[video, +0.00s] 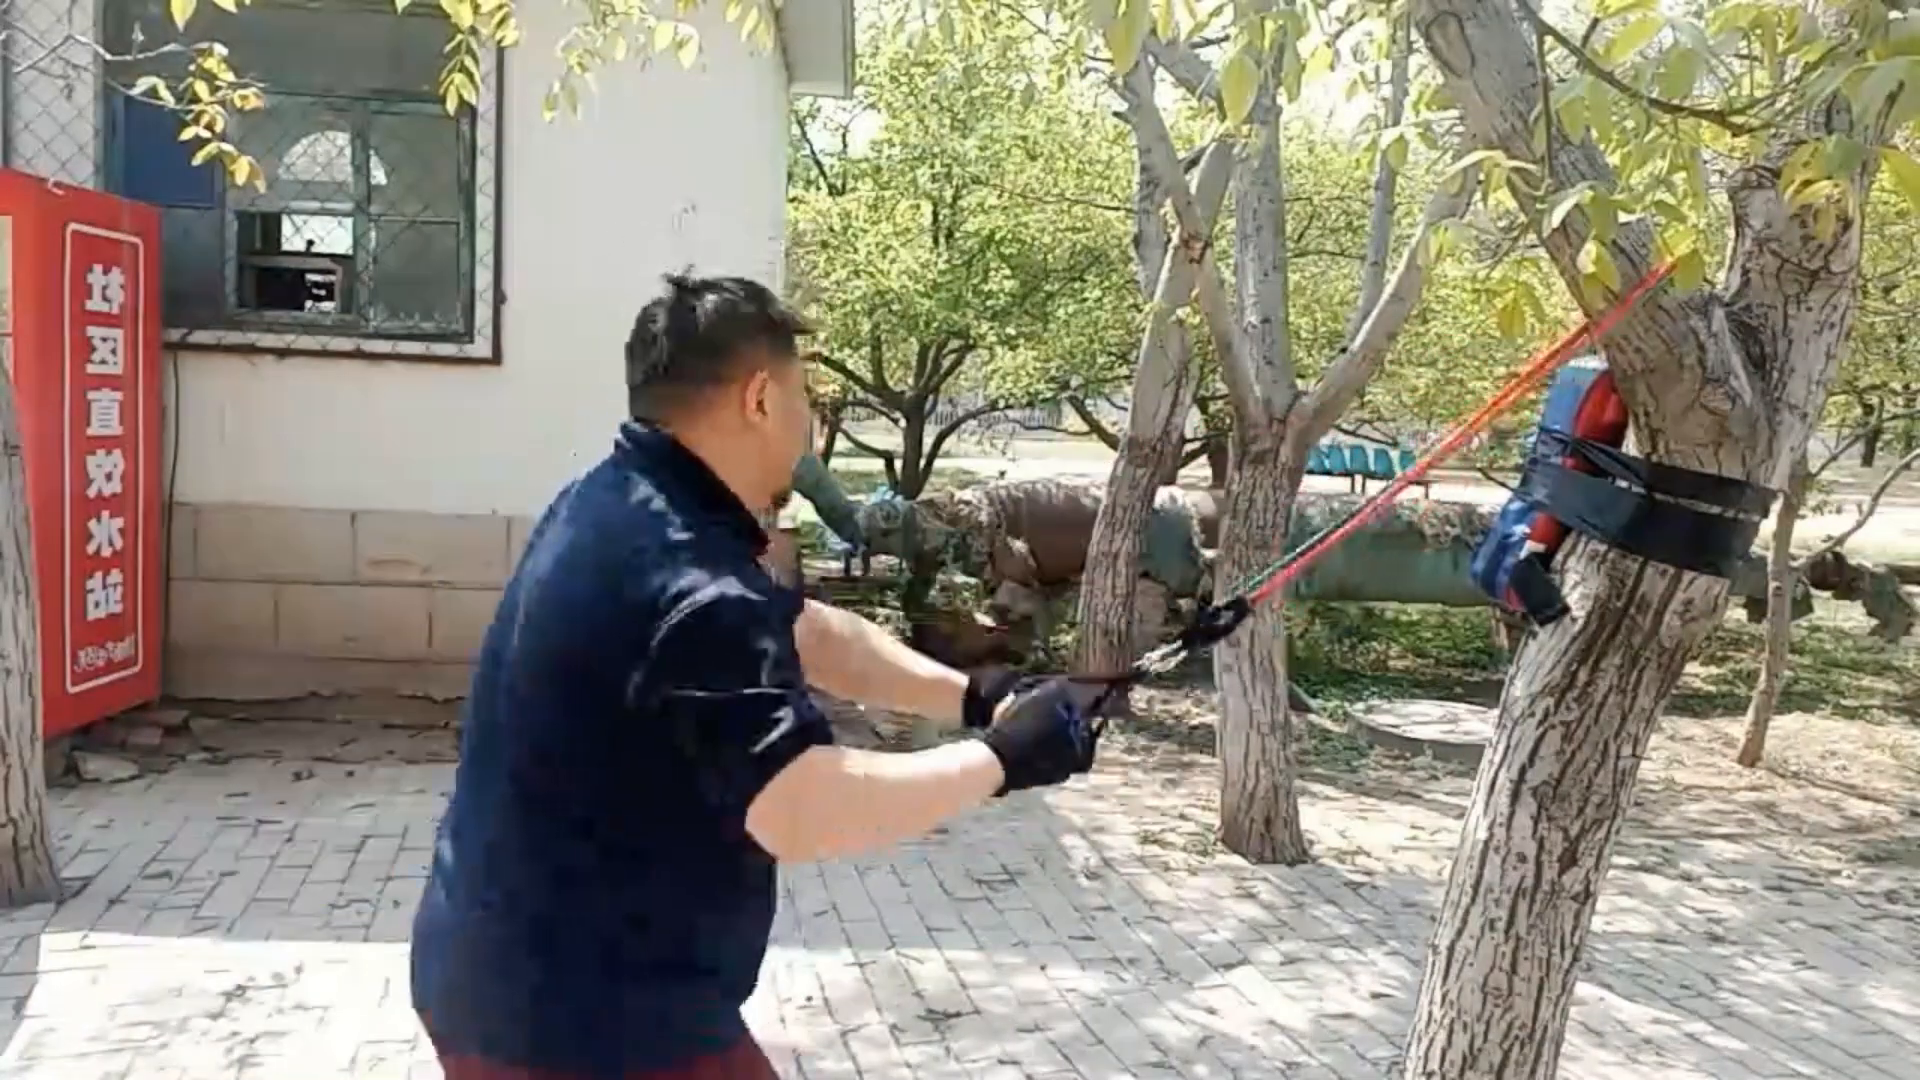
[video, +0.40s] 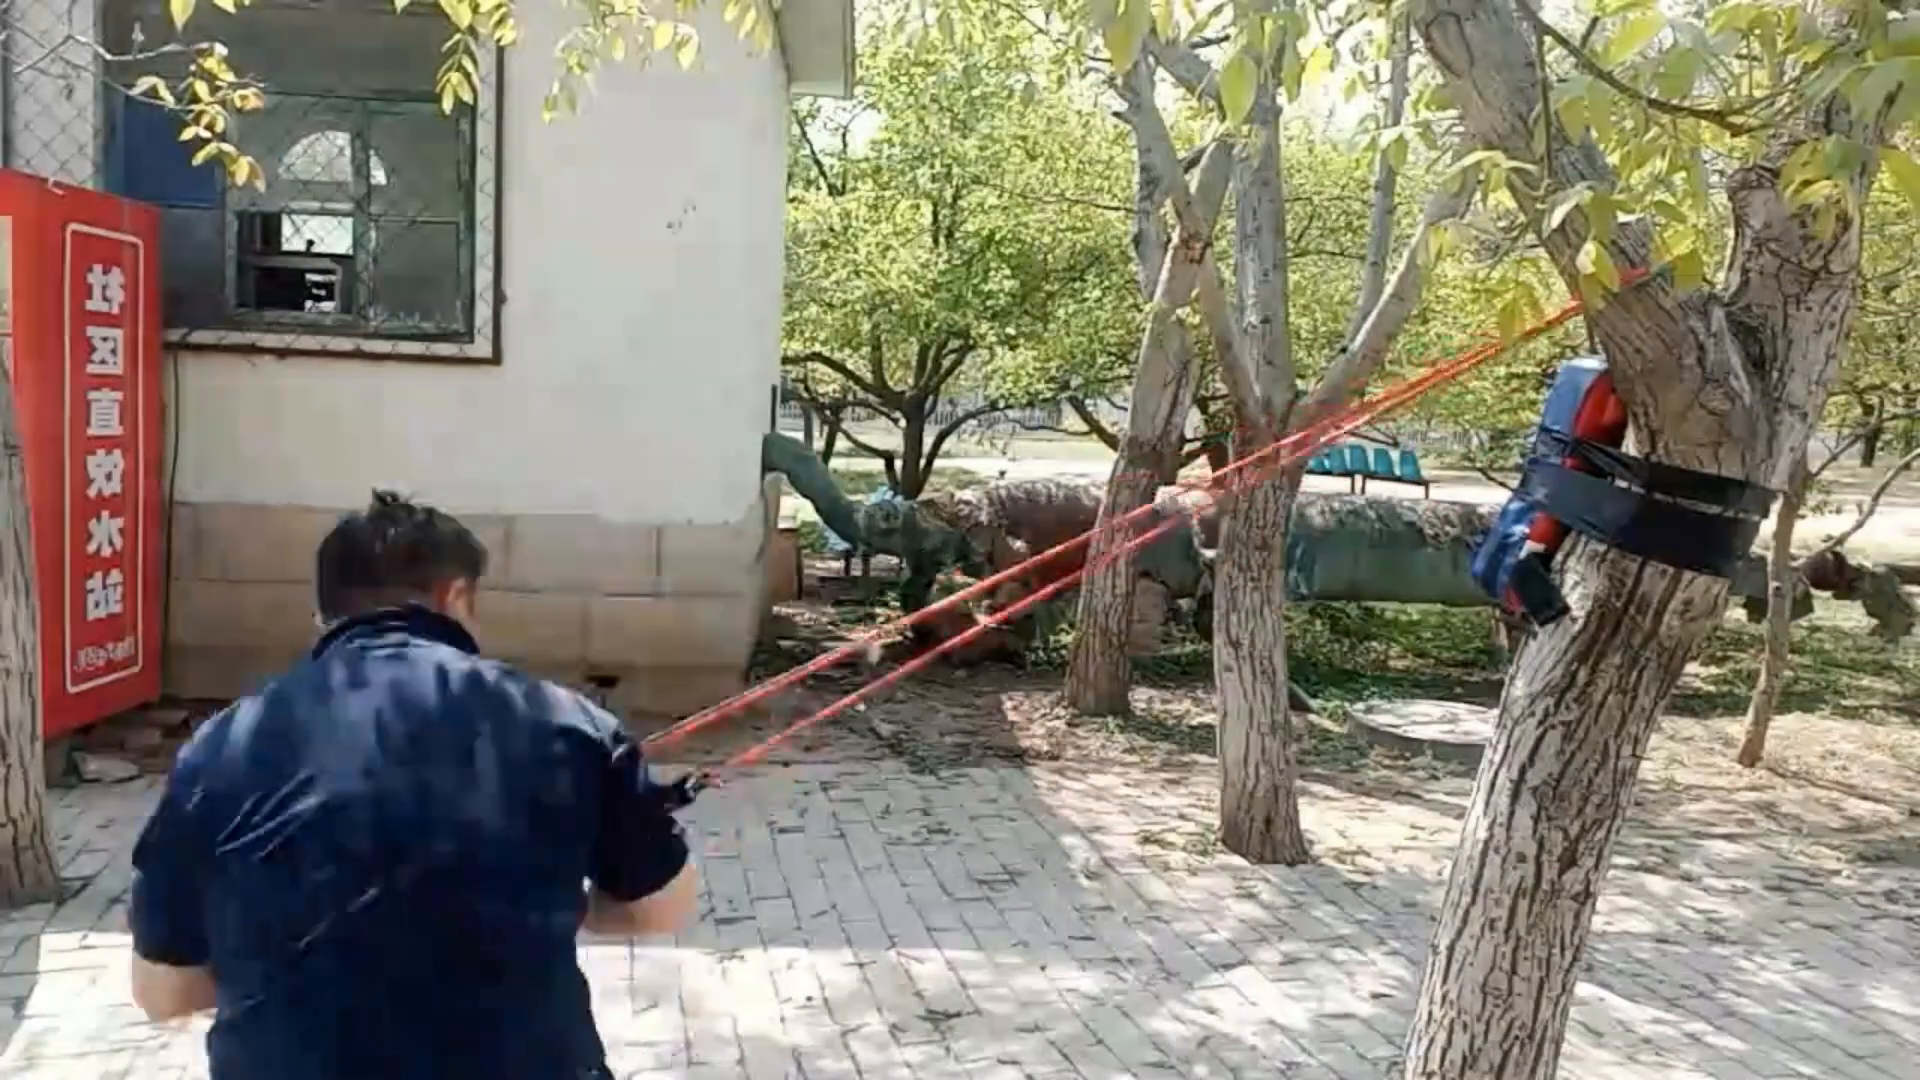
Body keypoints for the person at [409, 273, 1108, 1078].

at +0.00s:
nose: (812, 423)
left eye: (807, 395)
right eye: (804, 393)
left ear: (657, 394)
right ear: (757, 400)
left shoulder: (608, 507)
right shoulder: (701, 592)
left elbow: (812, 639)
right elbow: (799, 809)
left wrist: (971, 695)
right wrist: (1002, 757)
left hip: (490, 977)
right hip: (608, 1026)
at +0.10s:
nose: (725, 469)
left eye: (722, 441)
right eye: (723, 440)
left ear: (585, 434)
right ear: (697, 440)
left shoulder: (518, 536)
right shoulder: (637, 577)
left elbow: (728, 638)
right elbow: (714, 753)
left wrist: (888, 635)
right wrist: (857, 644)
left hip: (387, 1011)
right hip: (559, 1034)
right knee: (727, 1063)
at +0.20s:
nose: (655, 503)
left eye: (654, 478)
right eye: (655, 476)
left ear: (515, 467)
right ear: (635, 471)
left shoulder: (424, 574)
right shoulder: (621, 592)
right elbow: (750, 745)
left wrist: (801, 670)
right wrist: (824, 630)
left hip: (342, 1038)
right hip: (546, 1044)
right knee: (694, 1058)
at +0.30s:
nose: (529, 576)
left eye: (527, 559)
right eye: (528, 558)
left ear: (371, 564)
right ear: (504, 554)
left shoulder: (267, 685)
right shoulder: (596, 668)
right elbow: (737, 823)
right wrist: (704, 719)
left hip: (304, 1059)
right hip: (534, 1058)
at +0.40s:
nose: (478, 628)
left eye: (479, 611)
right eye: (478, 609)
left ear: (325, 615)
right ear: (453, 601)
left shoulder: (222, 747)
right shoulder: (564, 724)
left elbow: (163, 988)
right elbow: (667, 903)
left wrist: (296, 945)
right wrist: (530, 908)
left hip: (291, 1064)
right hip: (521, 1060)